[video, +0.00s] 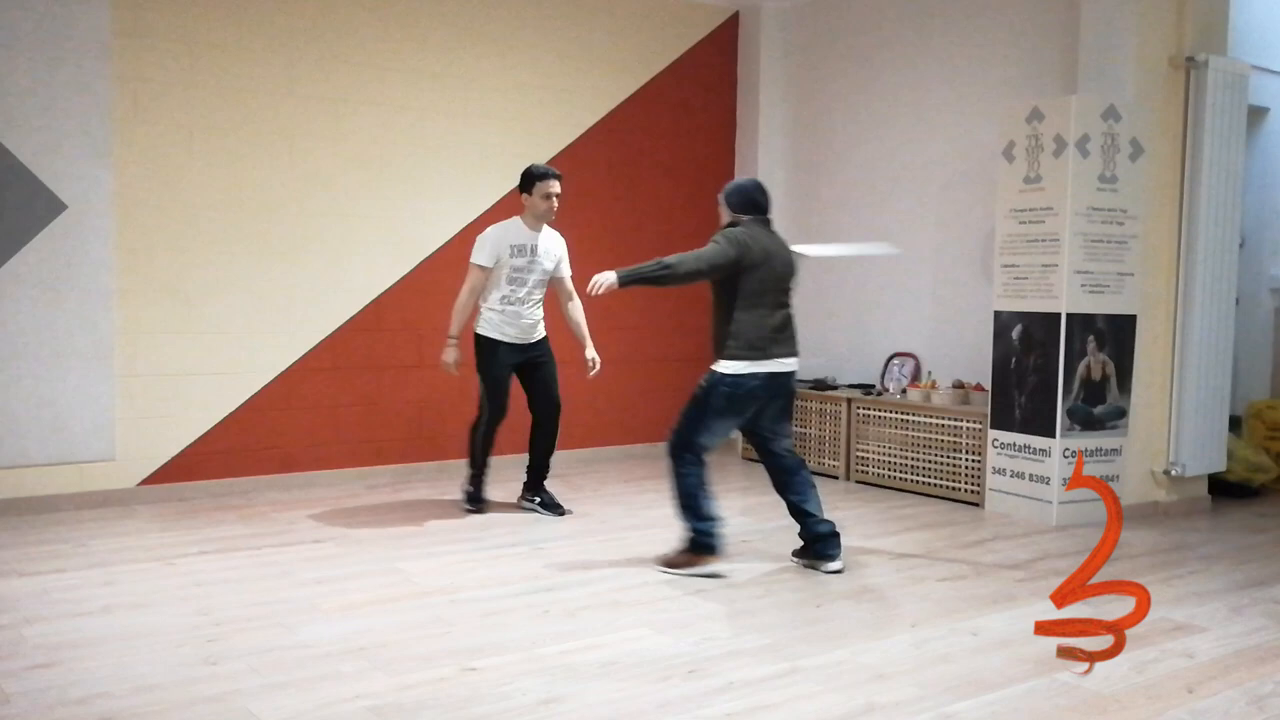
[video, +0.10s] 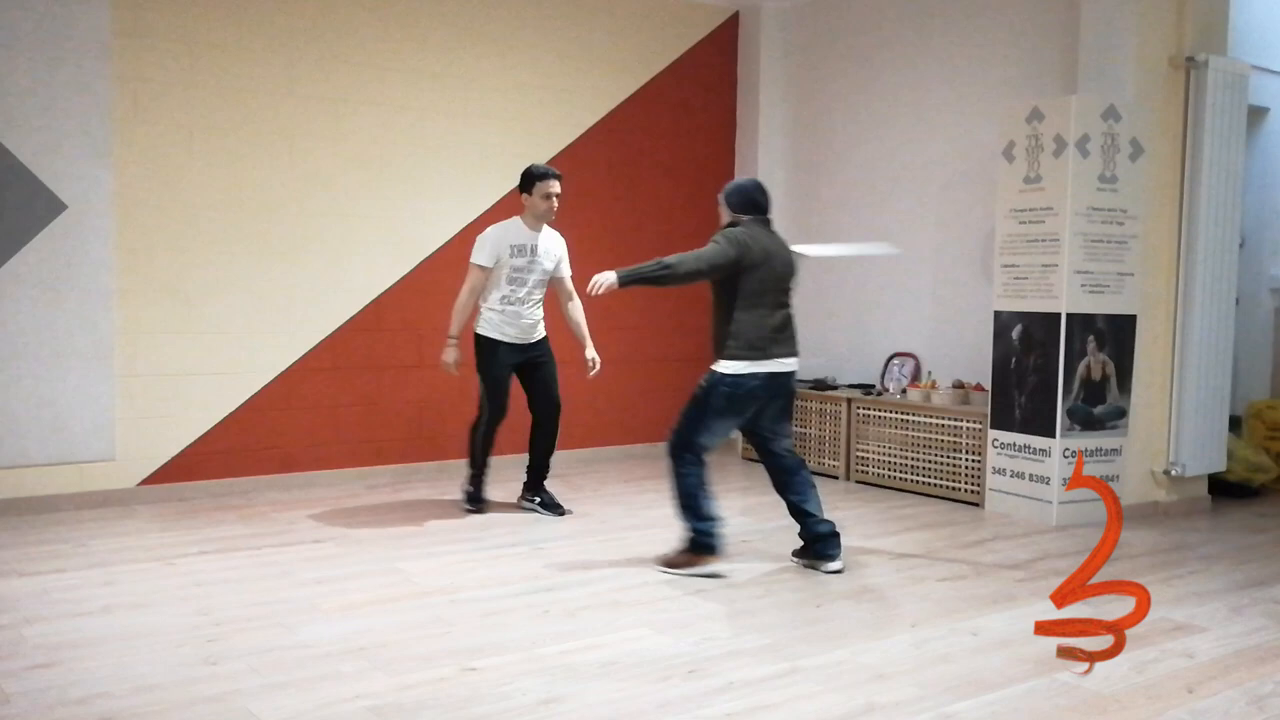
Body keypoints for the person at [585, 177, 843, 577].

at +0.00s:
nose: (719, 213)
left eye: (721, 207)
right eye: (720, 206)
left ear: (732, 209)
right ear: (761, 209)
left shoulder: (735, 241)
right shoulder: (780, 246)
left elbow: (688, 264)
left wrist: (621, 276)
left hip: (738, 372)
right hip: (781, 372)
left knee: (685, 446)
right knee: (779, 453)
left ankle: (702, 543)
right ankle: (823, 545)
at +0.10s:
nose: (719, 213)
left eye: (721, 207)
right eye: (720, 206)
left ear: (732, 209)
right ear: (761, 209)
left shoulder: (735, 241)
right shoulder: (780, 246)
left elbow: (688, 264)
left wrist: (621, 276)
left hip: (738, 372)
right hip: (781, 372)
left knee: (685, 446)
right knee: (779, 453)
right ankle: (823, 545)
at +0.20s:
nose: (694, 211)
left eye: (696, 205)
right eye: (695, 205)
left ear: (707, 209)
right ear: (734, 208)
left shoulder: (722, 240)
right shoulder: (744, 238)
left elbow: (687, 263)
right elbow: (721, 244)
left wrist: (625, 267)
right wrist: (692, 240)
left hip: (716, 374)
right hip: (754, 373)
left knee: (659, 440)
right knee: (773, 455)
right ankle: (821, 543)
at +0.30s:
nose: (665, 220)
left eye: (668, 212)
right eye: (666, 212)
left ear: (680, 213)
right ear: (704, 213)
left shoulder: (700, 245)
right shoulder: (707, 246)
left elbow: (682, 273)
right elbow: (652, 283)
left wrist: (615, 267)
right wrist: (600, 275)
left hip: (685, 377)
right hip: (720, 375)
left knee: (630, 443)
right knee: (752, 452)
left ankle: (615, 533)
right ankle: (811, 530)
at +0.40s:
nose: (635, 222)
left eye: (638, 214)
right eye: (636, 214)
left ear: (649, 216)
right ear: (671, 215)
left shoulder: (677, 248)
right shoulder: (658, 255)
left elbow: (667, 287)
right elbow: (608, 301)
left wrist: (603, 277)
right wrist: (546, 316)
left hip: (658, 376)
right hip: (690, 374)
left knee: (606, 441)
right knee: (708, 447)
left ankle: (614, 532)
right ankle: (781, 511)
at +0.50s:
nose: (609, 219)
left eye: (612, 212)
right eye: (609, 212)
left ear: (625, 213)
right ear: (641, 211)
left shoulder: (658, 245)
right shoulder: (628, 253)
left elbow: (645, 296)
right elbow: (599, 303)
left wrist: (583, 281)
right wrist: (555, 340)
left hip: (643, 371)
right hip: (664, 369)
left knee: (598, 440)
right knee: (658, 441)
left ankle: (614, 531)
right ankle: (727, 500)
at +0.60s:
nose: (588, 215)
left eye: (590, 208)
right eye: (589, 208)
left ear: (605, 210)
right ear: (616, 209)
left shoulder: (636, 242)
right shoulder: (607, 246)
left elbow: (621, 301)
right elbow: (588, 292)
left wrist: (566, 281)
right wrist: (561, 320)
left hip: (633, 362)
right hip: (623, 360)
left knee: (591, 443)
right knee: (617, 436)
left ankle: (615, 530)